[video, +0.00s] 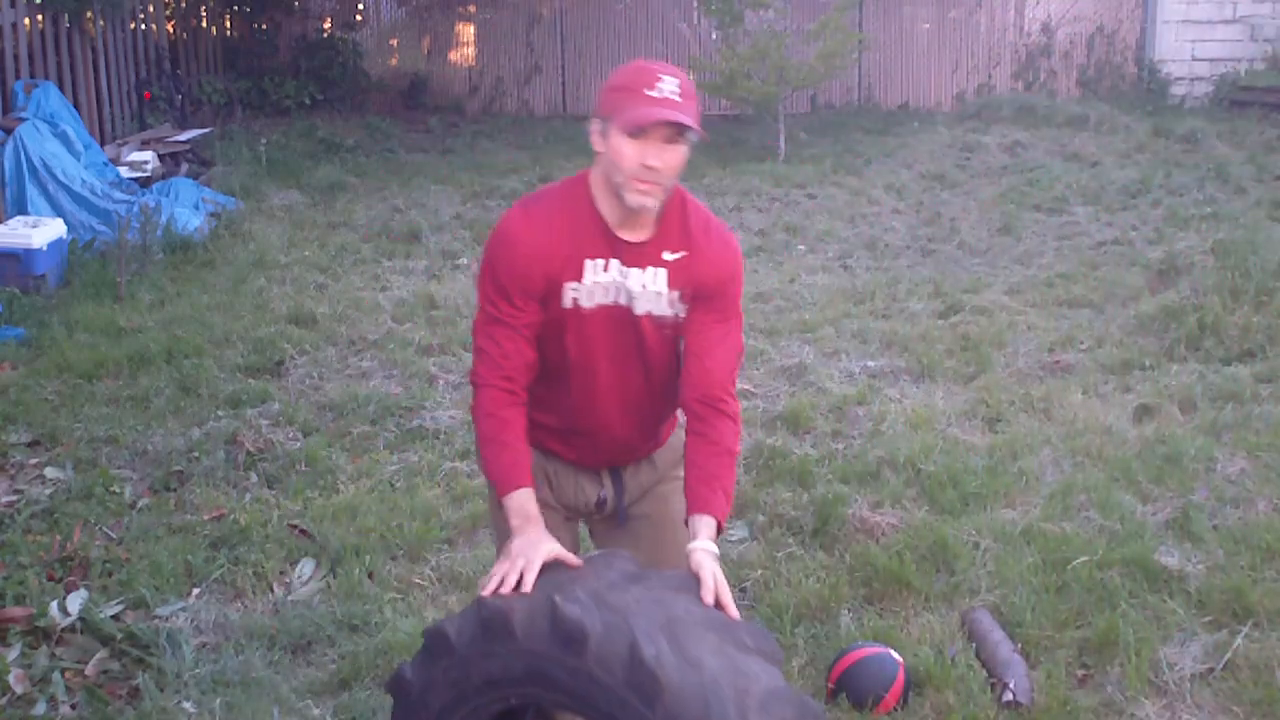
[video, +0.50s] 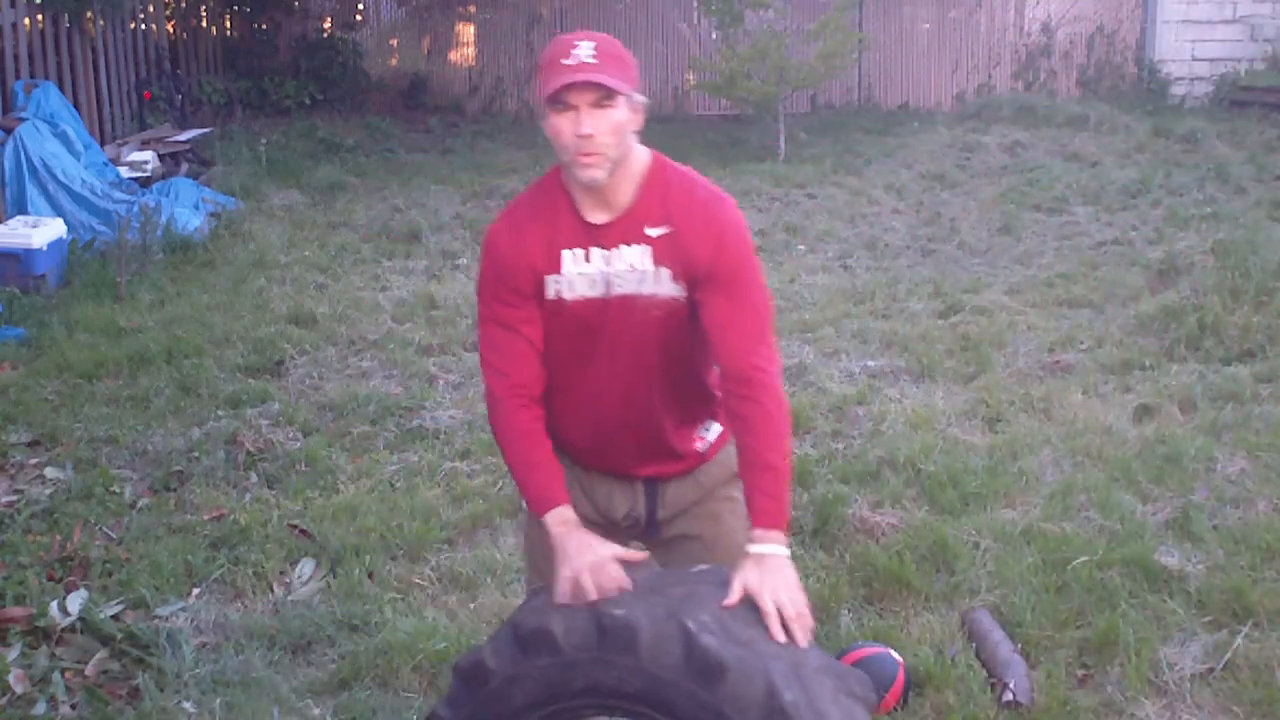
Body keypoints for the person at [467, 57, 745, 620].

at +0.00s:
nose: (653, 158)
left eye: (672, 140)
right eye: (636, 135)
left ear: (689, 150)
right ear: (598, 136)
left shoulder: (710, 250)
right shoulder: (529, 235)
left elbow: (712, 401)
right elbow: (498, 386)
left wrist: (703, 534)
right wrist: (525, 524)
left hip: (653, 464)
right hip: (540, 467)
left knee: (676, 642)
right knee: (541, 649)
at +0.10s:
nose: (612, 146)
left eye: (632, 127)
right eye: (594, 124)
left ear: (655, 138)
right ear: (562, 130)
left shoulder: (692, 238)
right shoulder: (508, 233)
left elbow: (713, 392)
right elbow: (491, 388)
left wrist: (719, 540)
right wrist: (530, 527)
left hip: (658, 471)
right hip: (540, 475)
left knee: (719, 649)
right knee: (535, 662)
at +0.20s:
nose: (580, 136)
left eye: (600, 113)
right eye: (560, 114)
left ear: (627, 123)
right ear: (534, 125)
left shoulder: (680, 226)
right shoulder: (493, 233)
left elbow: (714, 381)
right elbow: (492, 395)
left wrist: (735, 536)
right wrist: (548, 528)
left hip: (664, 466)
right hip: (542, 479)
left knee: (718, 647)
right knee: (548, 666)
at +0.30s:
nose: (560, 129)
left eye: (578, 106)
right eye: (540, 109)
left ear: (609, 112)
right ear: (518, 120)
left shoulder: (675, 216)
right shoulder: (487, 233)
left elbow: (726, 371)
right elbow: (502, 396)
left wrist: (748, 527)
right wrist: (564, 525)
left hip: (672, 470)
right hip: (547, 486)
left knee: (728, 659)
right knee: (562, 679)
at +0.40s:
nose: (558, 127)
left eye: (576, 104)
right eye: (539, 108)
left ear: (610, 109)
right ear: (519, 119)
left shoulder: (683, 210)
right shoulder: (495, 233)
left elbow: (738, 366)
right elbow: (510, 399)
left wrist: (755, 529)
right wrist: (574, 525)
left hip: (682, 478)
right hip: (555, 489)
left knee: (718, 677)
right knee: (567, 689)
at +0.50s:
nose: (583, 128)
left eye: (602, 104)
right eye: (564, 108)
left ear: (637, 113)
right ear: (543, 121)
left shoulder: (707, 219)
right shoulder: (518, 236)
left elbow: (753, 380)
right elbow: (512, 397)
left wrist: (770, 543)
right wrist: (563, 529)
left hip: (701, 489)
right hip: (574, 494)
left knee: (739, 687)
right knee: (575, 695)